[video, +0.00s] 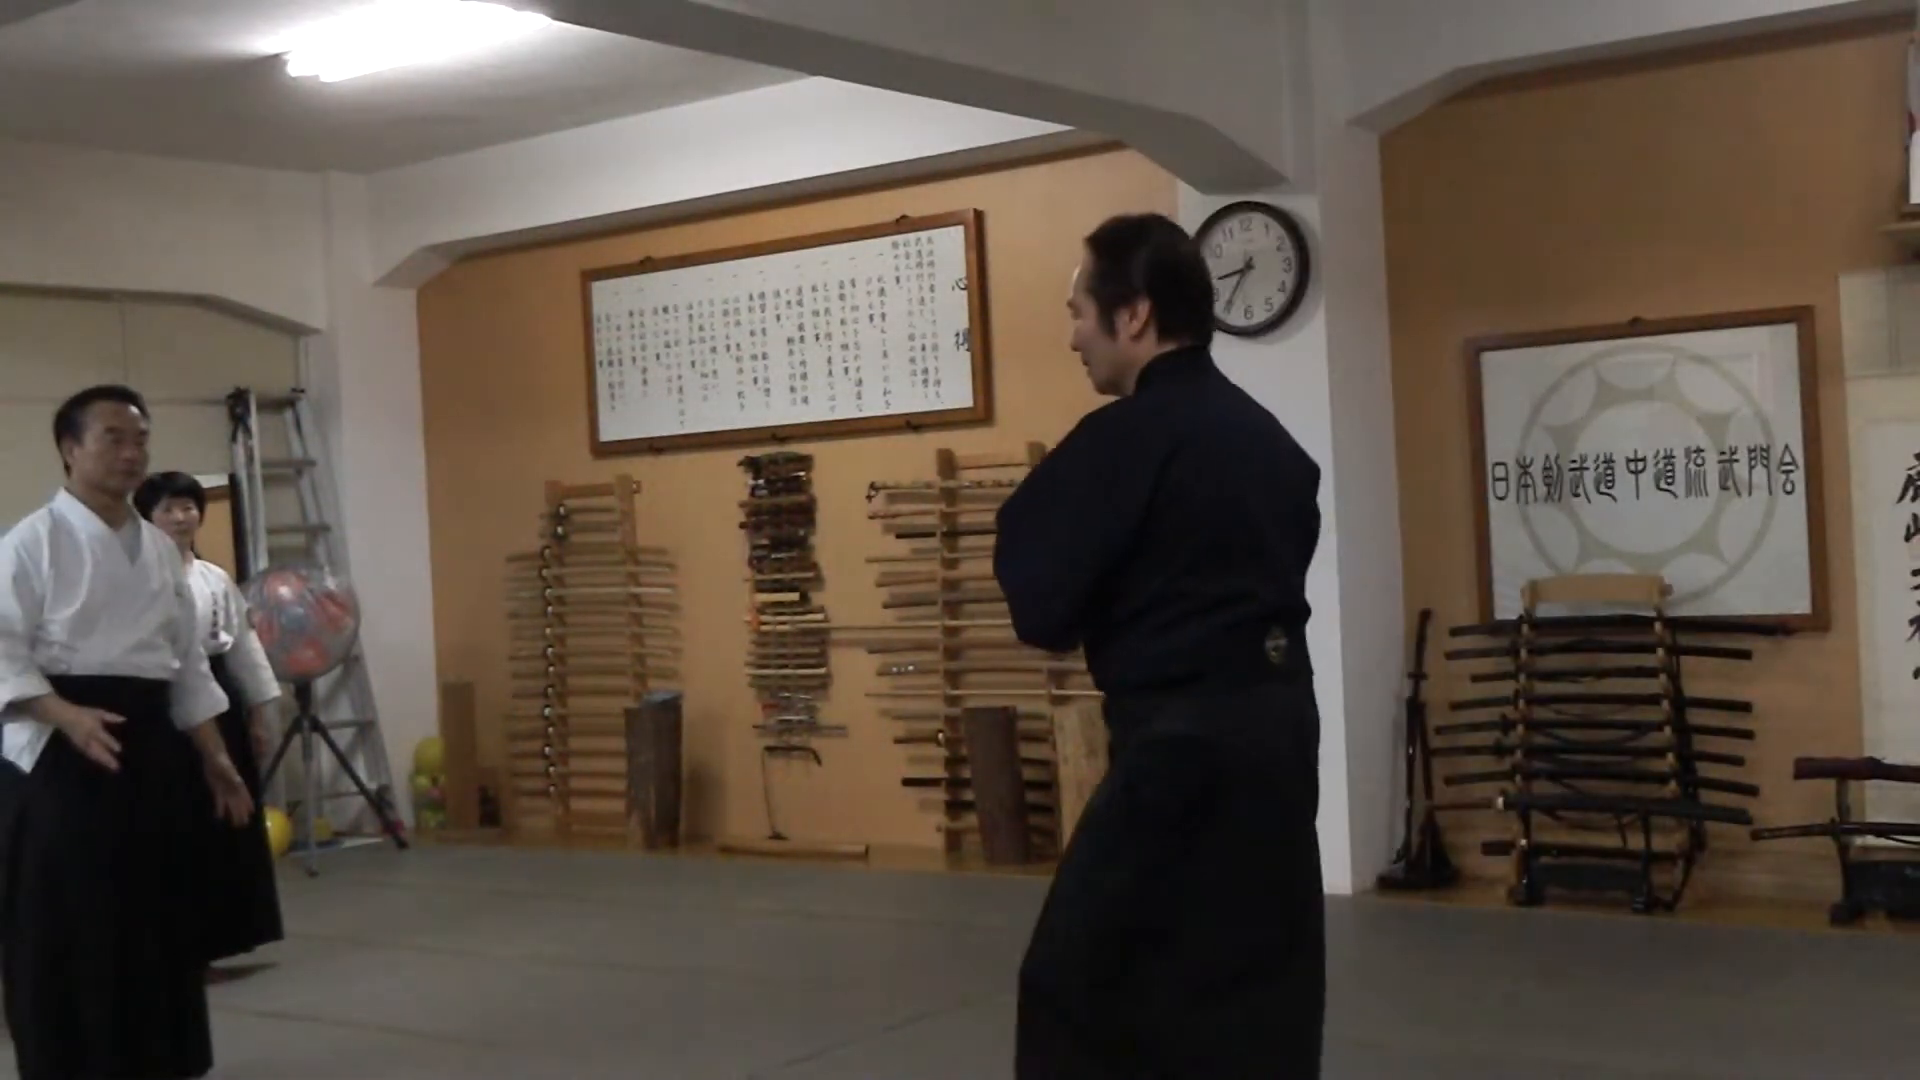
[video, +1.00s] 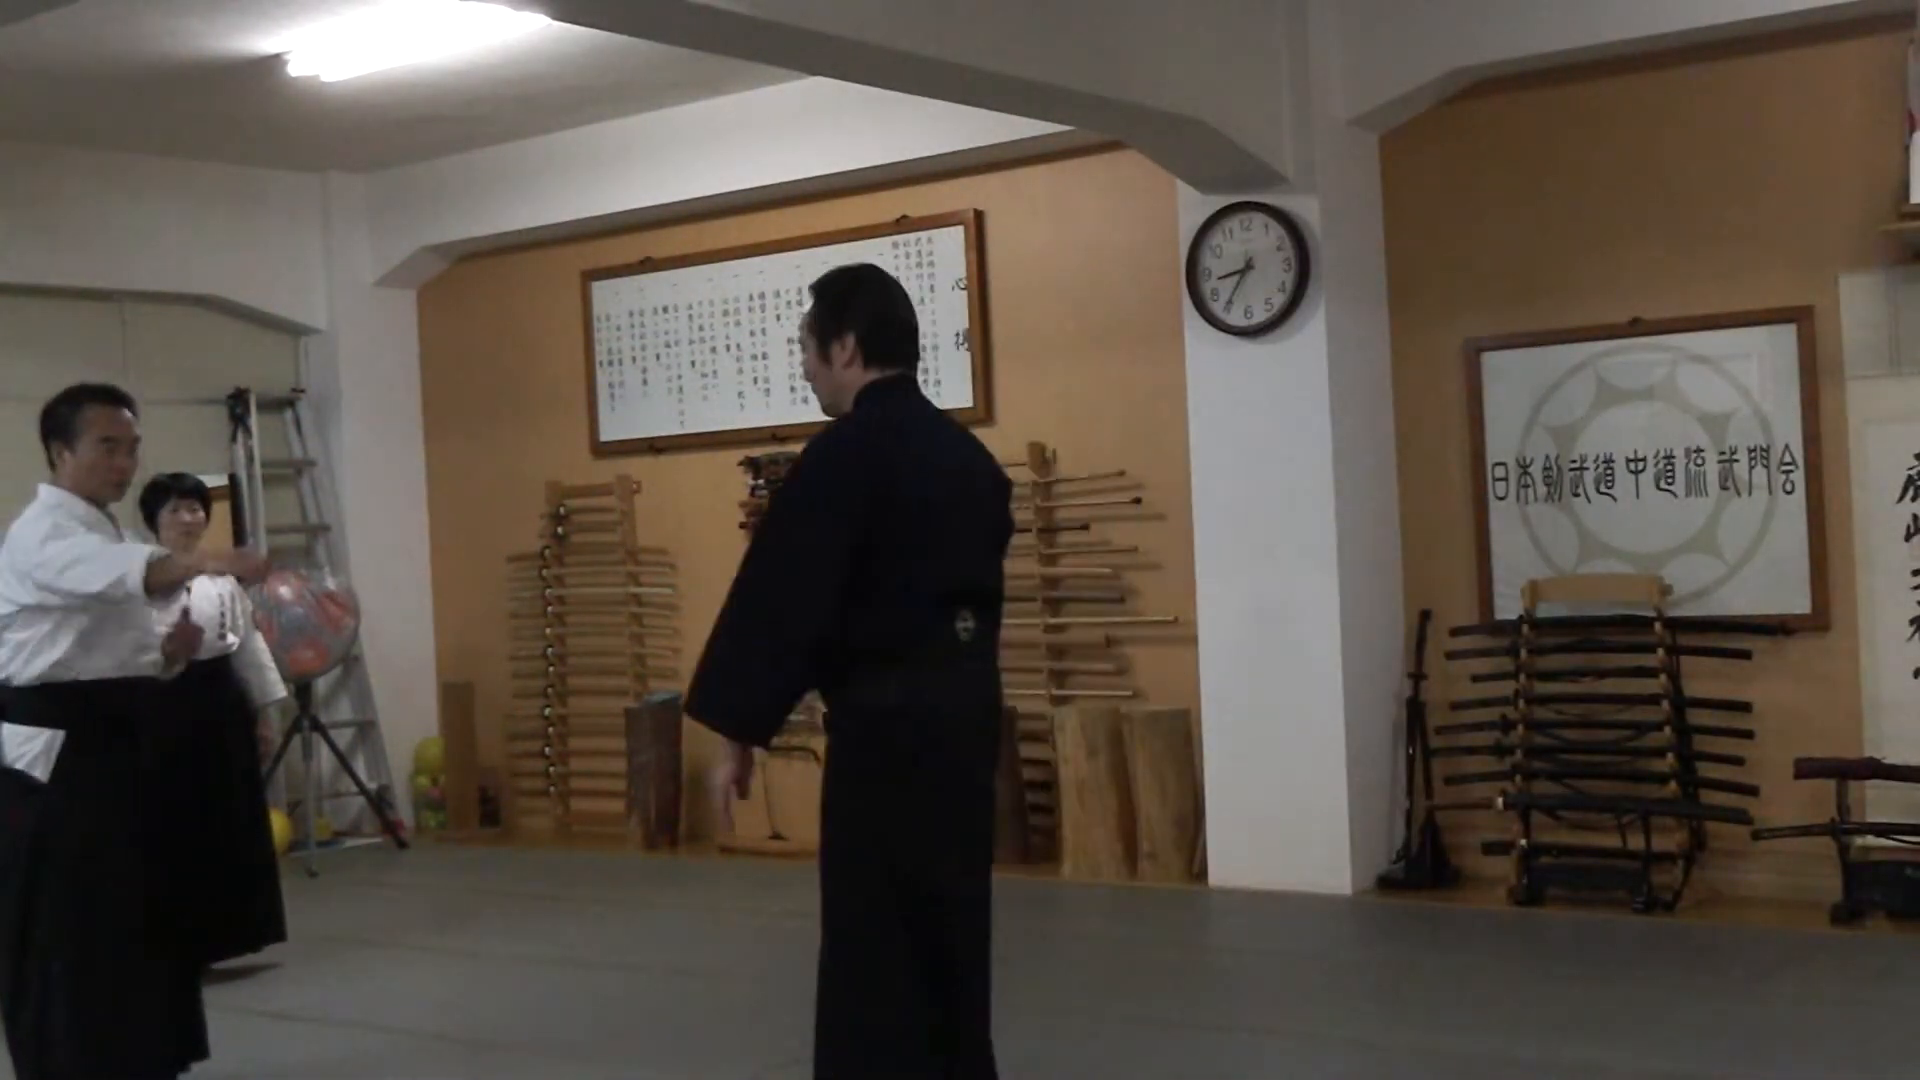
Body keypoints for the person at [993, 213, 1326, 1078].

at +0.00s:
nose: (1073, 336)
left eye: (1081, 313)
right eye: (1073, 315)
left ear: (1137, 319)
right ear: (1167, 319)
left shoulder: (1121, 440)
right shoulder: (1268, 436)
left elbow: (1040, 594)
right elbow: (1276, 574)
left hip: (1178, 751)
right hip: (1280, 733)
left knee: (1068, 981)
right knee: (1263, 969)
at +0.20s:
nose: (1041, 339)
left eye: (1049, 315)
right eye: (1042, 317)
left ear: (1100, 320)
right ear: (1136, 319)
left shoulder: (1084, 439)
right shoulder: (1228, 433)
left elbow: (1010, 589)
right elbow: (1216, 566)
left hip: (1143, 747)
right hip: (1248, 733)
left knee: (1050, 977)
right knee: (1225, 971)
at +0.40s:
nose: (999, 349)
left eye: (1006, 330)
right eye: (999, 330)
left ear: (1050, 337)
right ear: (1102, 333)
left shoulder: (1031, 459)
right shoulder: (1174, 452)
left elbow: (974, 604)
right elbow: (1157, 601)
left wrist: (924, 745)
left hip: (1085, 737)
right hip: (1192, 719)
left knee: (1043, 950)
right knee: (1192, 948)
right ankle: (1191, 1066)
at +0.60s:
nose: (917, 368)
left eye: (924, 349)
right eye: (918, 349)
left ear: (966, 354)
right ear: (1009, 353)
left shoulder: (955, 468)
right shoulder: (1094, 466)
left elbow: (926, 631)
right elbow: (1103, 632)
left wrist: (920, 782)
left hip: (985, 766)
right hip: (1090, 759)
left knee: (973, 992)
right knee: (1099, 977)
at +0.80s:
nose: (851, 403)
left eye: (847, 380)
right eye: (844, 384)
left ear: (879, 356)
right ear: (935, 354)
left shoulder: (888, 454)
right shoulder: (1028, 456)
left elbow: (860, 613)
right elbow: (1047, 620)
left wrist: (853, 764)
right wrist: (1044, 745)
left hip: (913, 758)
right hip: (1013, 758)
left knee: (895, 995)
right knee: (1006, 989)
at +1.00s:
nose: (806, 368)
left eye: (811, 348)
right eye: (806, 350)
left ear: (847, 347)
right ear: (897, 346)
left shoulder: (843, 454)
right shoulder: (968, 453)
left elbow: (781, 593)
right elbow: (970, 602)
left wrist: (741, 729)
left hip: (880, 725)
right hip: (966, 716)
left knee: (870, 935)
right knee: (950, 925)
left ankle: (871, 1067)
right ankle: (954, 1066)